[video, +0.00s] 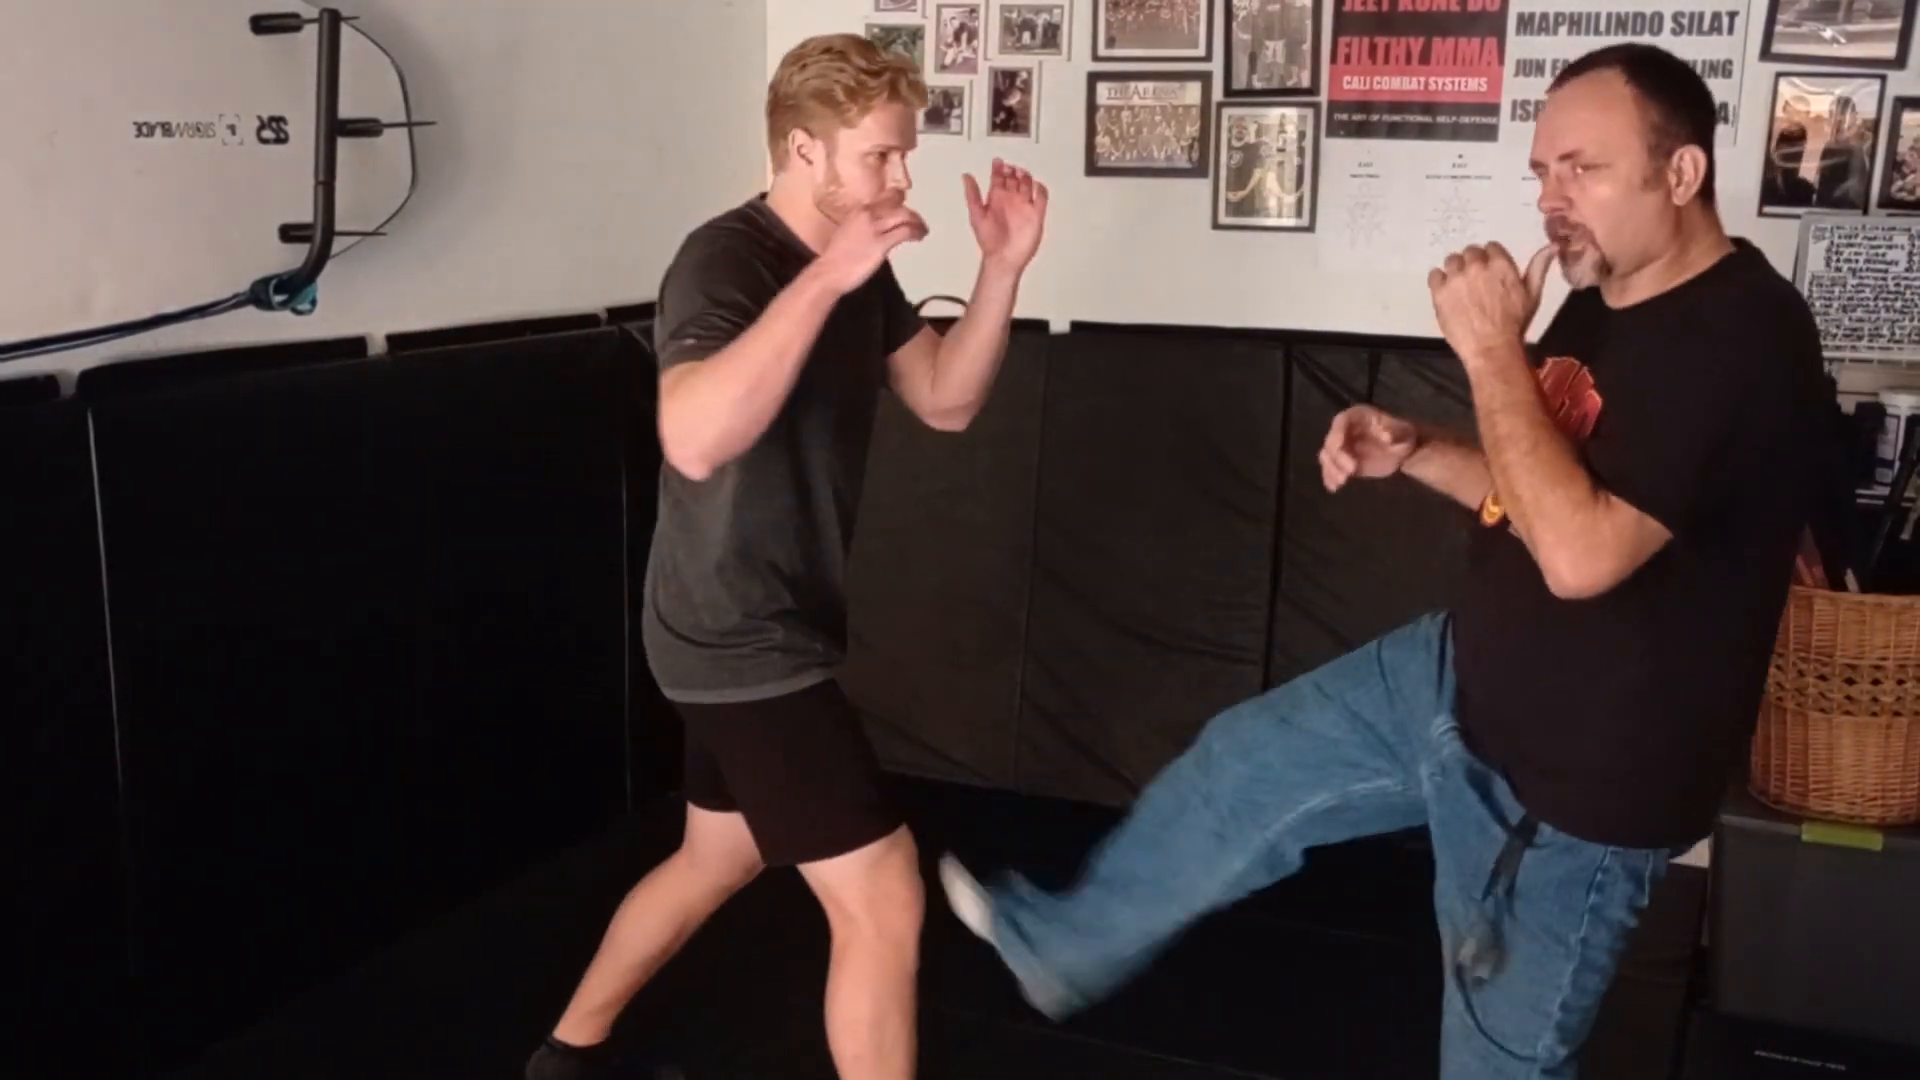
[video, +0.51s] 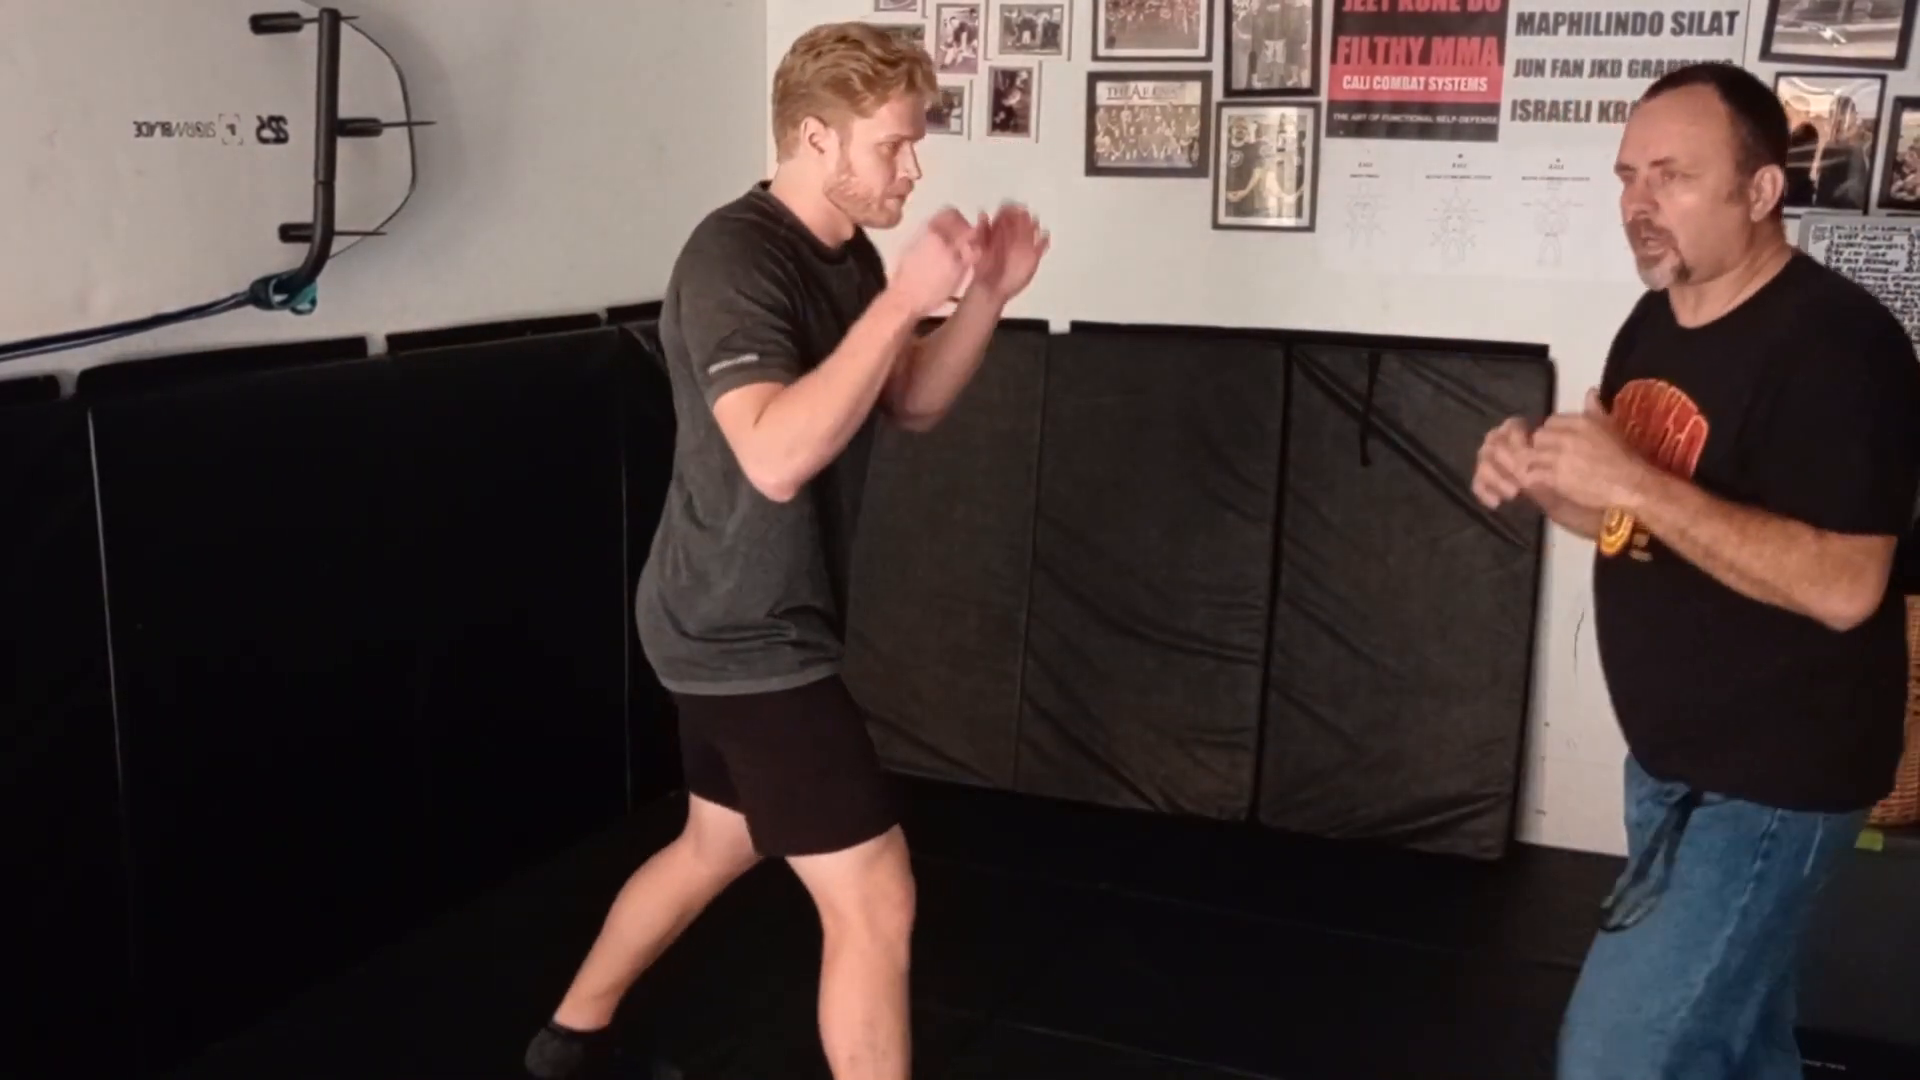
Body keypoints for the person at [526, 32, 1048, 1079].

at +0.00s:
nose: (900, 183)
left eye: (905, 156)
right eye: (880, 159)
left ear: (906, 147)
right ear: (803, 154)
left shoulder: (852, 262)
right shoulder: (723, 262)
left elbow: (945, 400)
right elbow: (695, 439)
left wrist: (999, 269)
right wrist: (824, 278)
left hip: (779, 627)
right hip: (734, 640)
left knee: (716, 858)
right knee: (880, 899)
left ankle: (568, 1046)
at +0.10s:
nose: (917, 180)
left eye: (919, 152)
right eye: (896, 154)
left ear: (854, 153)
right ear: (818, 151)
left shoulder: (854, 257)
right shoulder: (730, 267)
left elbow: (961, 398)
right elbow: (745, 451)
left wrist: (1005, 257)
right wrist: (855, 279)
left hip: (772, 634)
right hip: (758, 648)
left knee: (716, 858)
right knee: (901, 905)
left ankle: (570, 1050)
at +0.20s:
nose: (923, 176)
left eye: (924, 147)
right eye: (900, 151)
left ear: (860, 148)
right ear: (823, 148)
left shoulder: (857, 253)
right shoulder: (736, 268)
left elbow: (968, 392)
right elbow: (771, 455)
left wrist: (1010, 251)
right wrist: (869, 275)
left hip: (775, 631)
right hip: (765, 646)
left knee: (704, 857)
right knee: (904, 909)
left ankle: (570, 1052)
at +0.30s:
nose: (927, 176)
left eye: (928, 148)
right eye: (906, 151)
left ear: (857, 148)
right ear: (828, 148)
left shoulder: (862, 253)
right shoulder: (738, 266)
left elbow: (972, 388)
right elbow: (774, 451)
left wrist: (1013, 248)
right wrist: (875, 276)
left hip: (771, 630)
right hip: (763, 644)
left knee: (690, 861)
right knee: (903, 909)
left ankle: (567, 1052)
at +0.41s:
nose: (927, 177)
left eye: (927, 150)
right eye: (906, 152)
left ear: (853, 148)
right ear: (830, 148)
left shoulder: (854, 252)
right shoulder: (735, 265)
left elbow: (964, 390)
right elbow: (778, 447)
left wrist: (1009, 249)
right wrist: (883, 273)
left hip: (760, 628)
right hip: (763, 644)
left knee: (686, 859)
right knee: (900, 910)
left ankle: (565, 1052)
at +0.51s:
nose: (914, 169)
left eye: (918, 143)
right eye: (898, 145)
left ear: (845, 144)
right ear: (823, 140)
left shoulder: (847, 259)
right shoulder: (730, 257)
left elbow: (912, 403)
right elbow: (775, 456)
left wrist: (985, 301)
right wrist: (904, 300)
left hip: (756, 618)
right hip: (741, 633)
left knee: (716, 845)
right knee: (871, 901)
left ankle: (568, 1038)